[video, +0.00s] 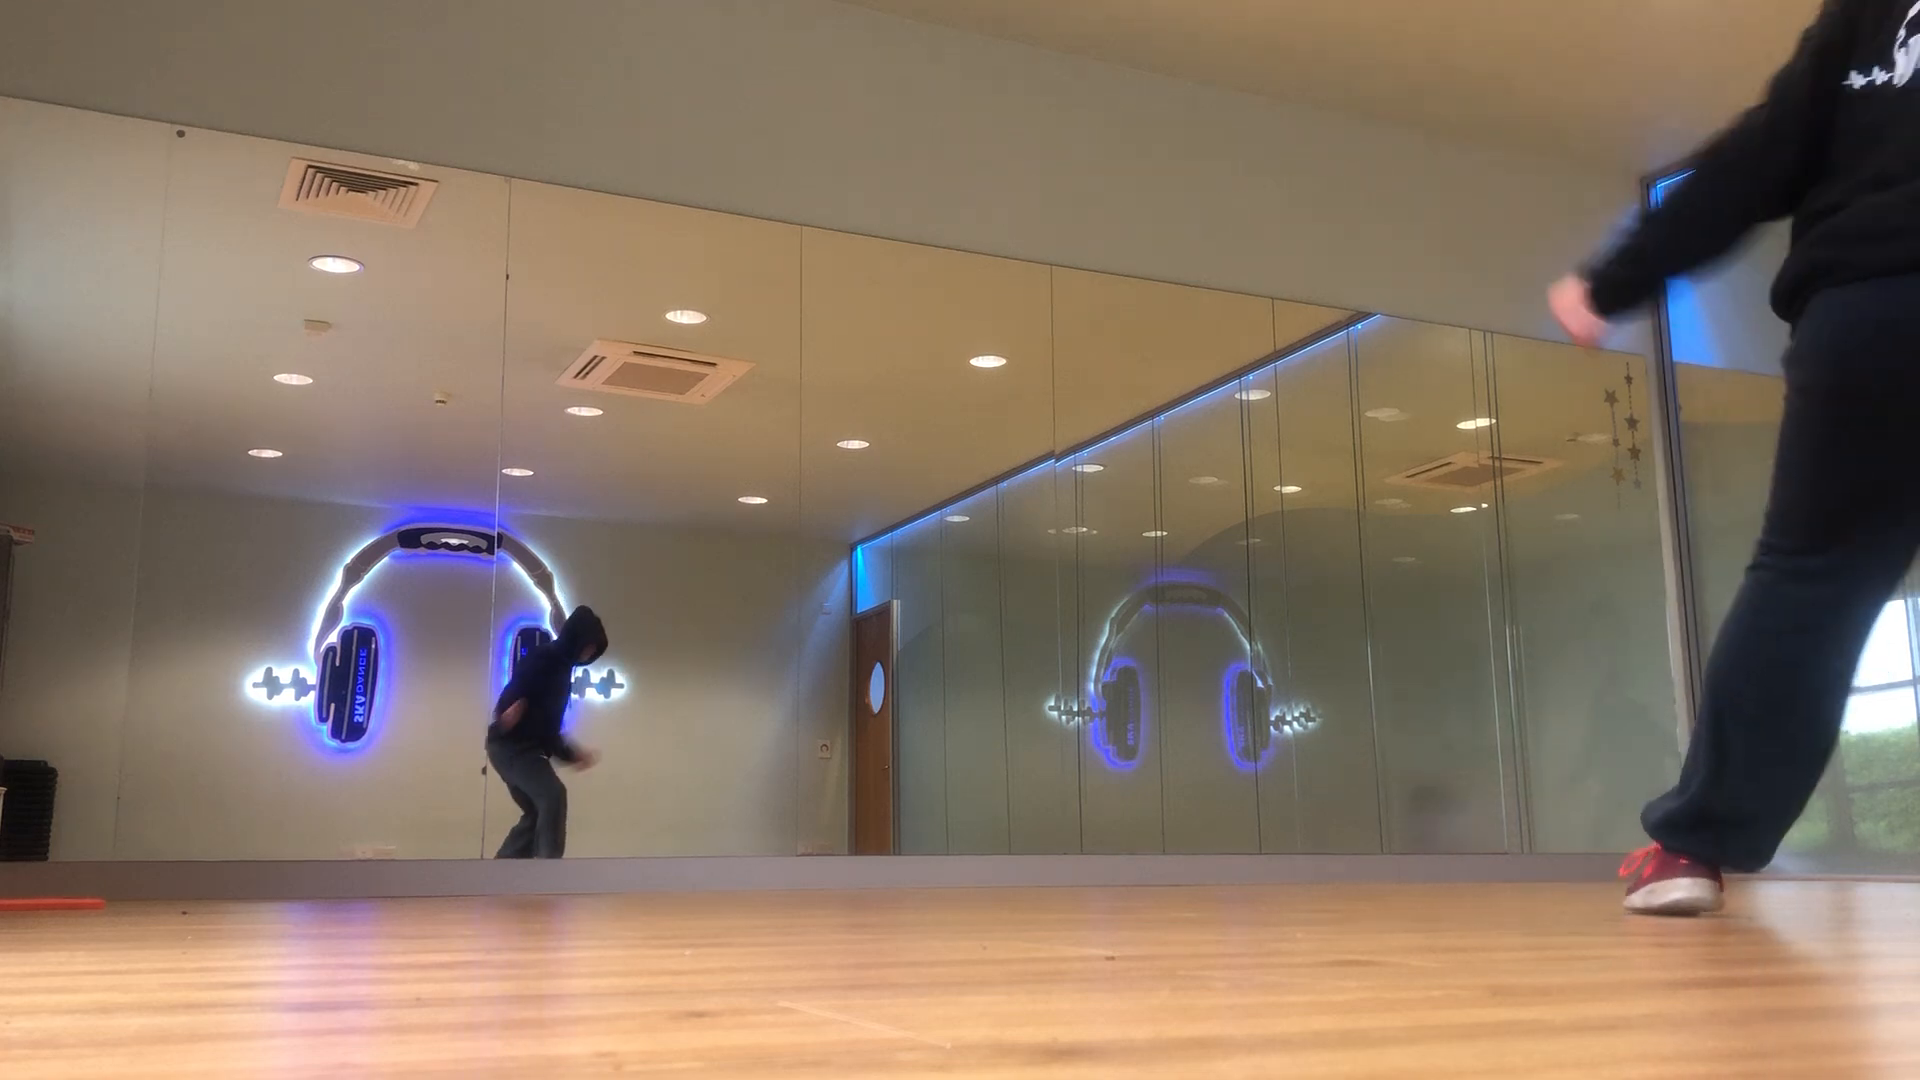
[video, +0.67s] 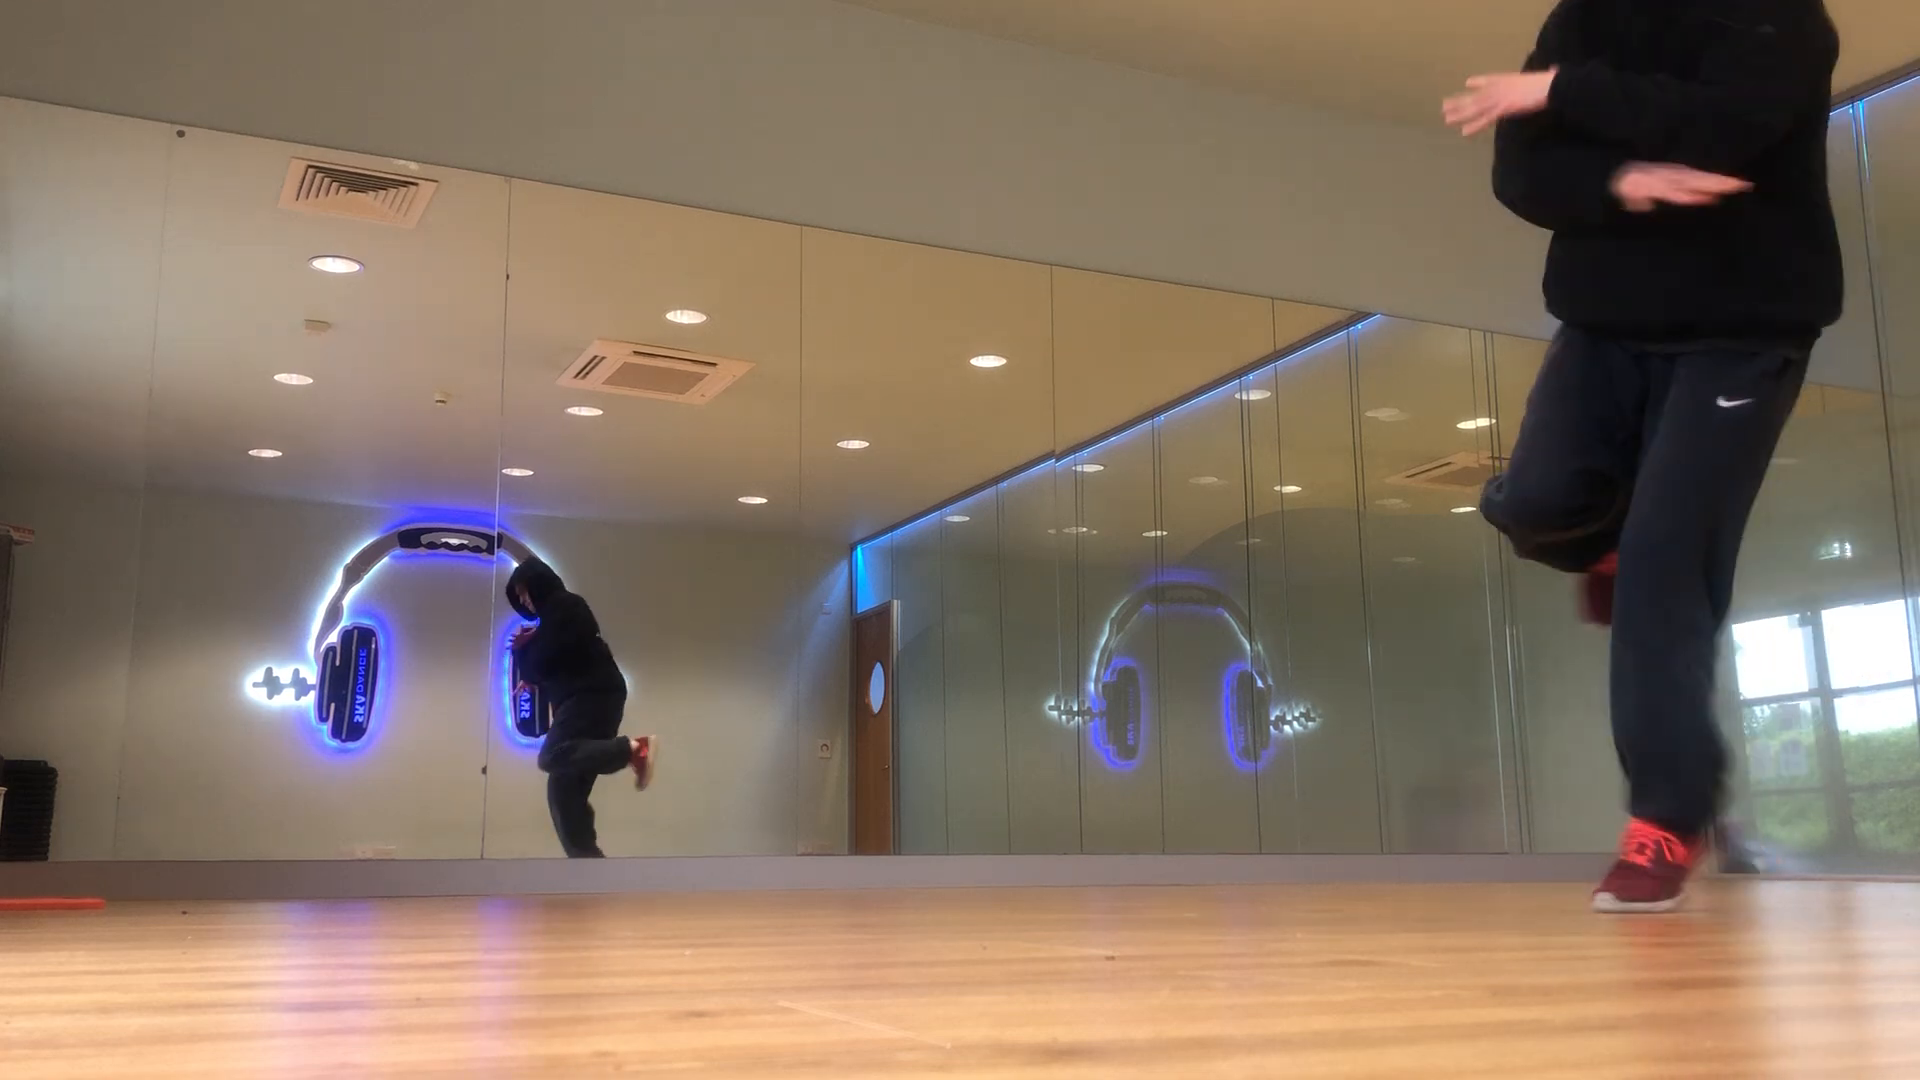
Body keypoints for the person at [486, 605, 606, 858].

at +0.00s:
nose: (590, 654)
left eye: (594, 650)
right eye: (590, 647)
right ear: (580, 640)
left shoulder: (562, 673)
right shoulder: (545, 655)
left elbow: (547, 732)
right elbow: (520, 682)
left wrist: (572, 755)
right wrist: (511, 710)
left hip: (525, 747)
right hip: (511, 743)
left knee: (536, 814)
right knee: (552, 793)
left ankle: (502, 872)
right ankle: (547, 869)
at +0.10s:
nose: (588, 639)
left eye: (591, 635)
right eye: (586, 632)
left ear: (591, 636)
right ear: (576, 626)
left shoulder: (574, 664)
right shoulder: (536, 641)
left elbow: (583, 696)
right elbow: (521, 668)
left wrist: (622, 693)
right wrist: (563, 657)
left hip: (529, 746)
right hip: (509, 739)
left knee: (527, 816)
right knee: (545, 793)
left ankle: (495, 875)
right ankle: (550, 872)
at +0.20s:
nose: (576, 610)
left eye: (581, 605)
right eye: (572, 603)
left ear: (583, 607)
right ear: (559, 601)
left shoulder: (579, 637)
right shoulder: (529, 631)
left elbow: (606, 679)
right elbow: (514, 672)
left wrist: (596, 683)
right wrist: (560, 665)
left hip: (557, 727)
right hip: (524, 724)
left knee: (548, 799)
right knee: (543, 795)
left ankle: (502, 858)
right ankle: (550, 869)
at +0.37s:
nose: (550, 595)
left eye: (556, 588)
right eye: (545, 588)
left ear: (565, 590)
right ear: (536, 590)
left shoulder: (585, 621)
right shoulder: (522, 624)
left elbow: (605, 670)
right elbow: (510, 672)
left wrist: (562, 671)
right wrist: (543, 651)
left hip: (582, 720)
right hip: (540, 722)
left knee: (600, 785)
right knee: (550, 796)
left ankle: (570, 798)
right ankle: (549, 869)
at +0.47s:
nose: (536, 594)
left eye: (541, 587)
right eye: (531, 589)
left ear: (553, 586)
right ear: (524, 591)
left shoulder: (576, 608)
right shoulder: (524, 620)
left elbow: (585, 650)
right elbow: (508, 653)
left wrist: (529, 655)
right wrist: (534, 625)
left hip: (591, 696)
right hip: (552, 706)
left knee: (578, 750)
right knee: (555, 783)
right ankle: (570, 856)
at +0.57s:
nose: (527, 600)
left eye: (530, 591)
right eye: (522, 595)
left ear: (543, 586)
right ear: (521, 595)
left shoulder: (569, 609)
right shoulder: (539, 622)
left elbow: (557, 651)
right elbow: (513, 652)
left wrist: (516, 656)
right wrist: (514, 626)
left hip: (595, 699)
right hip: (570, 709)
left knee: (565, 753)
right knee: (561, 790)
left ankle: (640, 767)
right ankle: (592, 869)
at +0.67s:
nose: (524, 600)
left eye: (524, 591)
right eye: (519, 597)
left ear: (538, 583)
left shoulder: (564, 605)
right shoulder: (553, 620)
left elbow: (539, 666)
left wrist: (524, 649)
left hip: (592, 692)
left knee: (551, 756)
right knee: (564, 788)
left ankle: (631, 751)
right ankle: (589, 866)